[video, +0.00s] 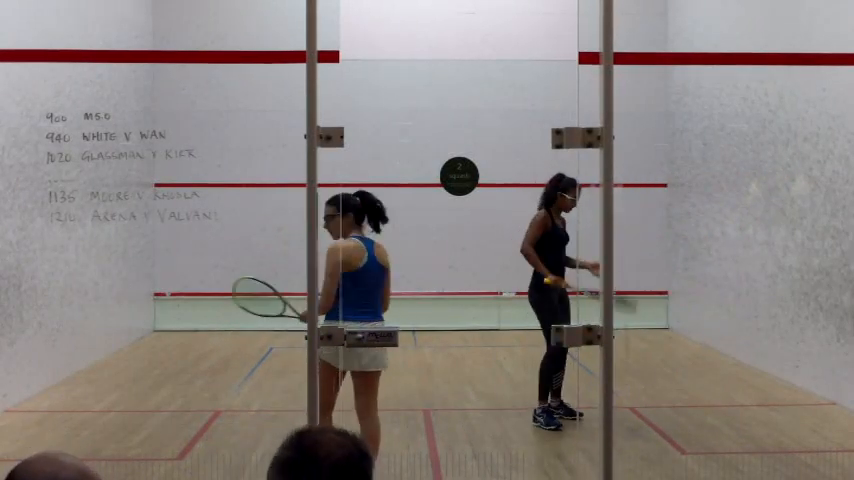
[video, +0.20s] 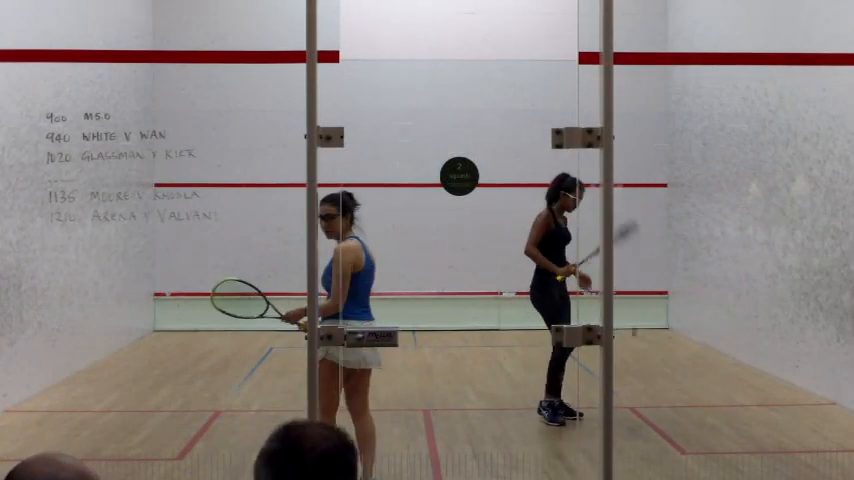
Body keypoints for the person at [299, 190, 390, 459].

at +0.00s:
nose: (325, 226)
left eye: (328, 218)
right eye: (325, 219)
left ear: (346, 218)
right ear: (355, 219)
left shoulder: (337, 250)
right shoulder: (380, 251)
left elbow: (326, 304)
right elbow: (383, 304)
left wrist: (309, 312)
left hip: (337, 336)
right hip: (371, 336)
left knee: (323, 409)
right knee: (368, 411)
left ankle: (323, 472)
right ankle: (366, 472)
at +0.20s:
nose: (323, 224)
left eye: (328, 218)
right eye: (321, 218)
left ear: (347, 217)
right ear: (346, 219)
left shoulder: (344, 250)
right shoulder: (360, 249)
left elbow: (336, 303)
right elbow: (352, 301)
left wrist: (302, 312)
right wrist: (316, 317)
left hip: (339, 338)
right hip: (362, 337)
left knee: (326, 411)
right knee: (360, 409)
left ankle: (321, 475)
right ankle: (368, 474)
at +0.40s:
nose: (316, 225)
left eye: (320, 218)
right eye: (315, 218)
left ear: (335, 217)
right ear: (336, 218)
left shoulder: (337, 252)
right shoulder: (348, 249)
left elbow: (329, 304)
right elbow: (333, 303)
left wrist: (291, 310)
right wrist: (298, 311)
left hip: (334, 338)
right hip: (350, 336)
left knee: (324, 409)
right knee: (344, 406)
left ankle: (321, 469)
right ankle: (371, 463)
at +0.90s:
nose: (317, 226)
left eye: (318, 219)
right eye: (317, 219)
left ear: (331, 217)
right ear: (342, 217)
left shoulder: (333, 250)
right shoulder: (360, 249)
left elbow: (318, 300)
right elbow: (344, 298)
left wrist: (285, 301)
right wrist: (302, 307)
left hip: (329, 334)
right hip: (357, 332)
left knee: (322, 406)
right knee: (357, 401)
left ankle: (322, 467)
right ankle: (366, 465)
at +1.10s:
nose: (319, 226)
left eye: (322, 218)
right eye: (319, 219)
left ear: (336, 217)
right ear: (346, 216)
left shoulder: (336, 248)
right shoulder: (367, 247)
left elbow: (323, 299)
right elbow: (350, 296)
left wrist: (296, 303)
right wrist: (304, 303)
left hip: (333, 330)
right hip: (362, 329)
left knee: (325, 404)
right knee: (363, 402)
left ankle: (324, 467)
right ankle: (367, 466)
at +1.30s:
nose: (323, 226)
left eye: (325, 219)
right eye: (322, 219)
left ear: (339, 218)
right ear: (350, 216)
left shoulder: (340, 249)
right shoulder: (371, 247)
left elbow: (327, 300)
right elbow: (358, 296)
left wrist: (301, 295)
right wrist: (314, 308)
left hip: (338, 331)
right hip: (366, 330)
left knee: (327, 403)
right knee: (366, 401)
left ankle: (328, 467)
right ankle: (367, 466)